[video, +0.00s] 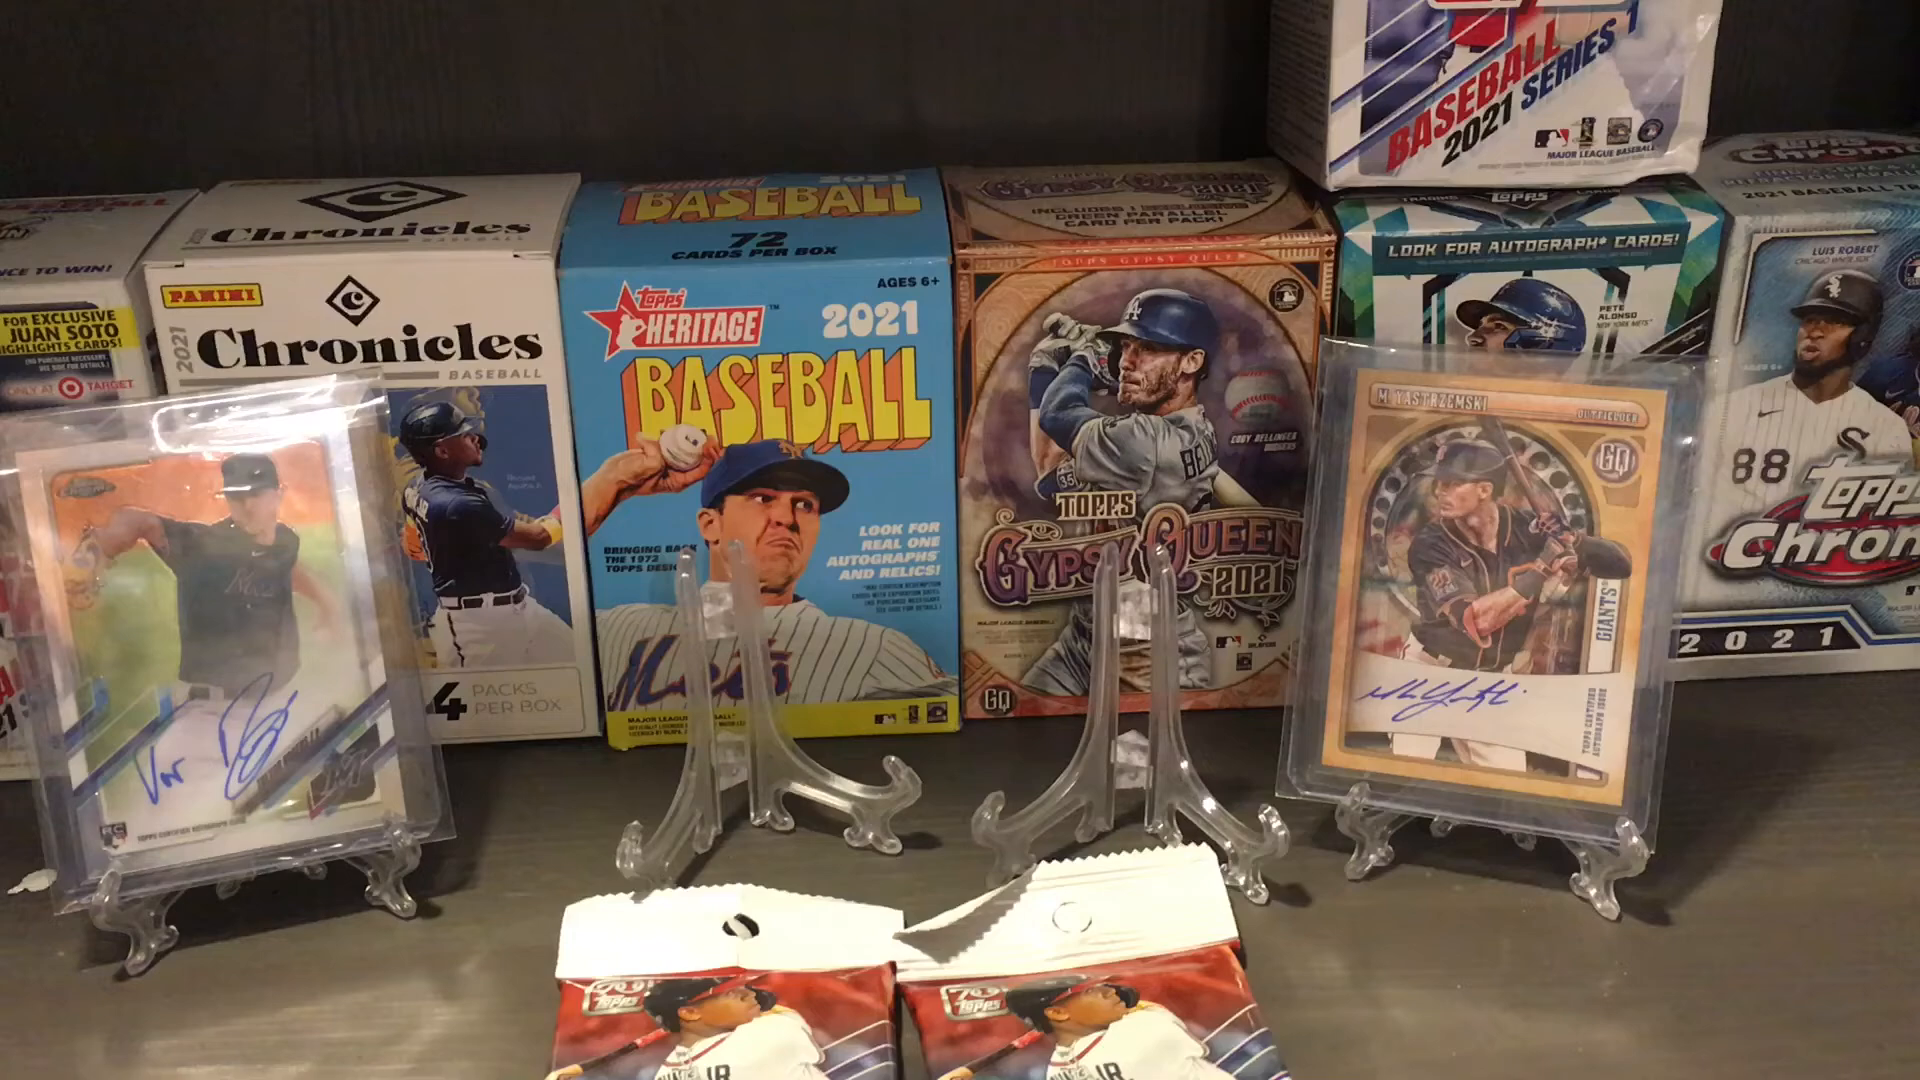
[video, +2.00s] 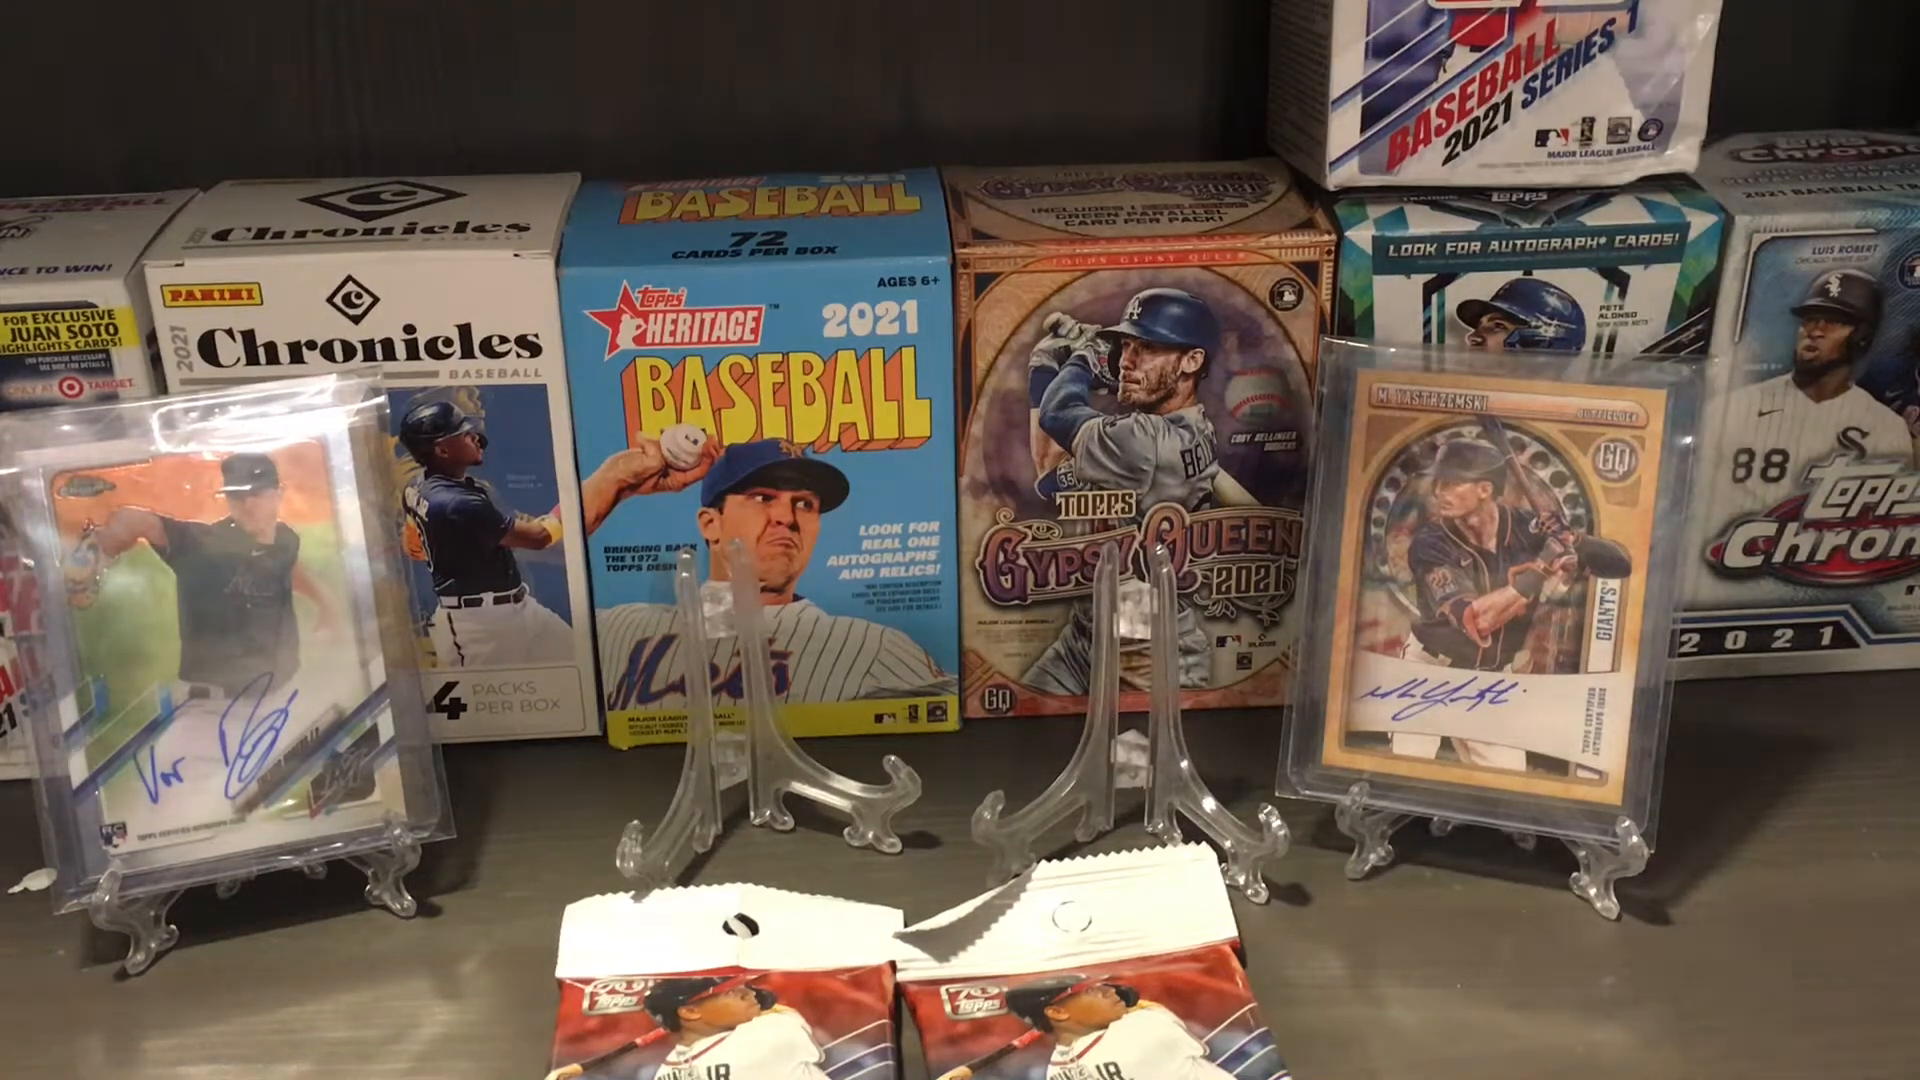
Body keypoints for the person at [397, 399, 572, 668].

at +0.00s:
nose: (475, 436)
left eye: (470, 430)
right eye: (465, 433)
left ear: (442, 451)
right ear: (442, 450)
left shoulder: (420, 489)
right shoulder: (462, 507)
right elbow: (538, 537)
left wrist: (542, 522)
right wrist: (560, 517)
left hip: (520, 609)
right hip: (474, 622)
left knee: (587, 661)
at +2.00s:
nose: (475, 435)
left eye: (469, 429)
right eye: (464, 432)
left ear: (442, 450)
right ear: (442, 449)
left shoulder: (421, 489)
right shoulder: (461, 506)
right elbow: (538, 537)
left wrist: (539, 523)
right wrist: (560, 516)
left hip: (519, 608)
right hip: (473, 622)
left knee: (587, 661)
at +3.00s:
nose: (476, 436)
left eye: (470, 430)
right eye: (465, 432)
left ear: (443, 450)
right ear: (442, 449)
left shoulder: (422, 489)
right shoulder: (460, 506)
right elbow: (538, 537)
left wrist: (552, 520)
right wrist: (567, 513)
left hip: (520, 609)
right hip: (474, 622)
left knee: (586, 663)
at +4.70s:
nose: (476, 437)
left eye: (470, 430)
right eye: (465, 433)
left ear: (442, 451)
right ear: (442, 450)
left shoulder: (420, 489)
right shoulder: (460, 506)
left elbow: (414, 545)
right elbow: (538, 537)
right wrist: (569, 510)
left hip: (520, 609)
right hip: (473, 623)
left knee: (587, 663)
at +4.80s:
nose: (476, 437)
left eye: (470, 430)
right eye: (465, 433)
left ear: (442, 451)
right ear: (442, 450)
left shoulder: (420, 489)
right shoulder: (460, 506)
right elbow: (538, 537)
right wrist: (569, 510)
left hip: (520, 609)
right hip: (474, 623)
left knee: (587, 664)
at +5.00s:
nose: (476, 437)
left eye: (470, 431)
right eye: (465, 433)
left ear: (443, 451)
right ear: (442, 450)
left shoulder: (420, 490)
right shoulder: (459, 507)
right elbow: (538, 538)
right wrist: (570, 509)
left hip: (520, 609)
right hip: (474, 623)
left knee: (588, 664)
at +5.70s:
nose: (476, 436)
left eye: (470, 429)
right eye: (465, 433)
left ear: (442, 451)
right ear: (441, 450)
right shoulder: (461, 507)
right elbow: (538, 538)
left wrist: (541, 524)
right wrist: (567, 511)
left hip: (519, 609)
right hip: (474, 623)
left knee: (587, 664)